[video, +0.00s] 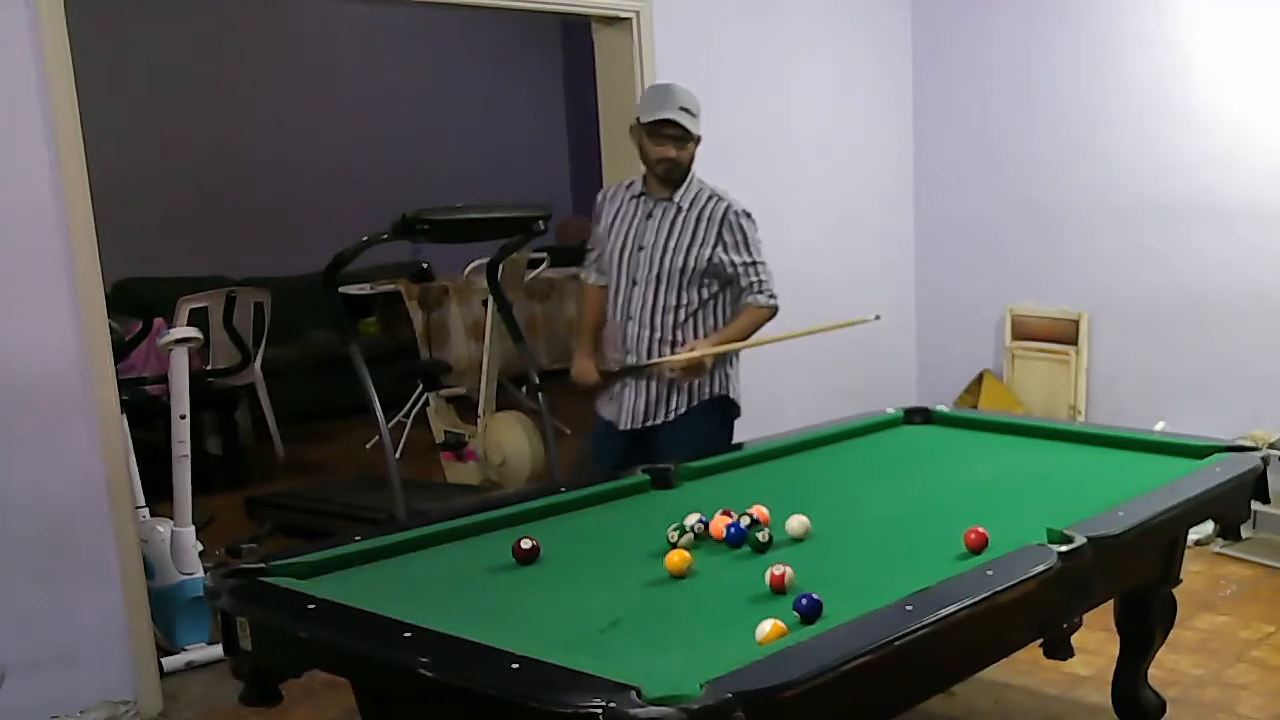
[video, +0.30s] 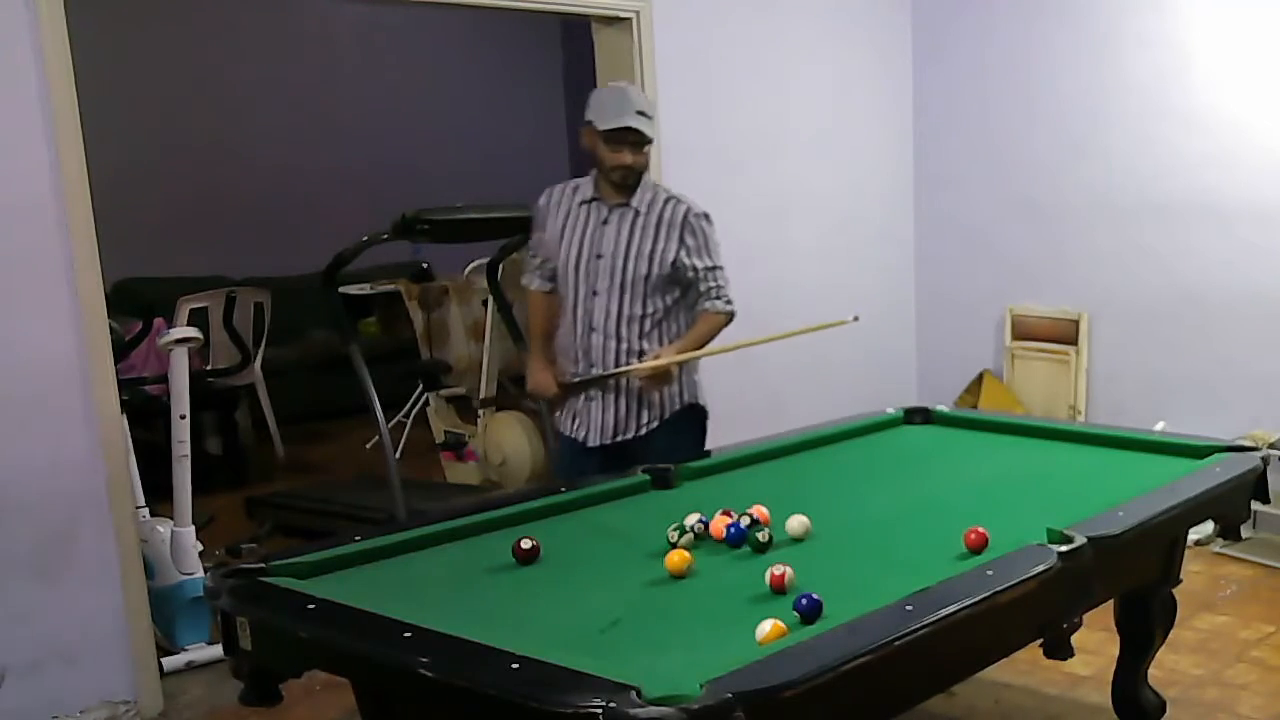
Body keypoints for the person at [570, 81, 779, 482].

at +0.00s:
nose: (668, 152)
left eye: (680, 141)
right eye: (657, 139)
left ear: (696, 145)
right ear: (637, 138)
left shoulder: (724, 217)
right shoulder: (612, 202)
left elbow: (763, 301)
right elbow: (597, 278)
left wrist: (711, 347)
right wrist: (585, 350)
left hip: (692, 407)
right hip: (620, 404)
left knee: (688, 530)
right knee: (611, 528)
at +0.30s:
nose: (628, 157)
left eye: (639, 146)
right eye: (616, 144)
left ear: (650, 146)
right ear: (589, 140)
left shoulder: (682, 219)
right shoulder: (555, 206)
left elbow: (719, 305)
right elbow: (541, 283)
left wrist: (674, 353)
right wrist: (539, 359)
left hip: (664, 418)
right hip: (581, 418)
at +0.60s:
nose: (564, 153)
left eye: (574, 139)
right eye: (549, 138)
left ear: (585, 138)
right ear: (517, 134)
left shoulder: (618, 212)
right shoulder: (478, 209)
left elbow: (657, 300)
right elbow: (463, 295)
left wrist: (629, 358)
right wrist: (470, 377)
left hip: (607, 421)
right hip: (520, 426)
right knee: (536, 552)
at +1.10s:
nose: (525, 166)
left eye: (534, 152)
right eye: (510, 151)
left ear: (544, 147)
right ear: (469, 141)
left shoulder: (572, 227)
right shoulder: (415, 217)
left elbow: (600, 323)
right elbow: (384, 304)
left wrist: (580, 387)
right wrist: (401, 395)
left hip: (549, 443)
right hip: (459, 445)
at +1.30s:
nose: (526, 177)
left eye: (535, 162)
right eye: (510, 161)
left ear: (544, 156)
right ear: (467, 149)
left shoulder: (565, 238)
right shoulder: (404, 216)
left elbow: (594, 334)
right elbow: (363, 288)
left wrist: (587, 403)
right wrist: (375, 386)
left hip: (531, 450)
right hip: (433, 450)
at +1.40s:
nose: (523, 183)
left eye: (531, 167)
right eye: (508, 166)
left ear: (540, 161)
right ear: (461, 155)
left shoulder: (559, 242)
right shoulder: (399, 213)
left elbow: (590, 338)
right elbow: (348, 277)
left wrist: (594, 410)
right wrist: (357, 377)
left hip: (525, 449)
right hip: (426, 448)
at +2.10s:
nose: (527, 221)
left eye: (533, 208)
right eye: (514, 205)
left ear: (539, 202)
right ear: (467, 191)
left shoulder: (544, 269)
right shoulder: (393, 211)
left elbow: (597, 361)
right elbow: (312, 225)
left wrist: (655, 445)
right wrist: (304, 331)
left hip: (499, 443)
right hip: (403, 439)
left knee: (518, 583)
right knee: (414, 590)